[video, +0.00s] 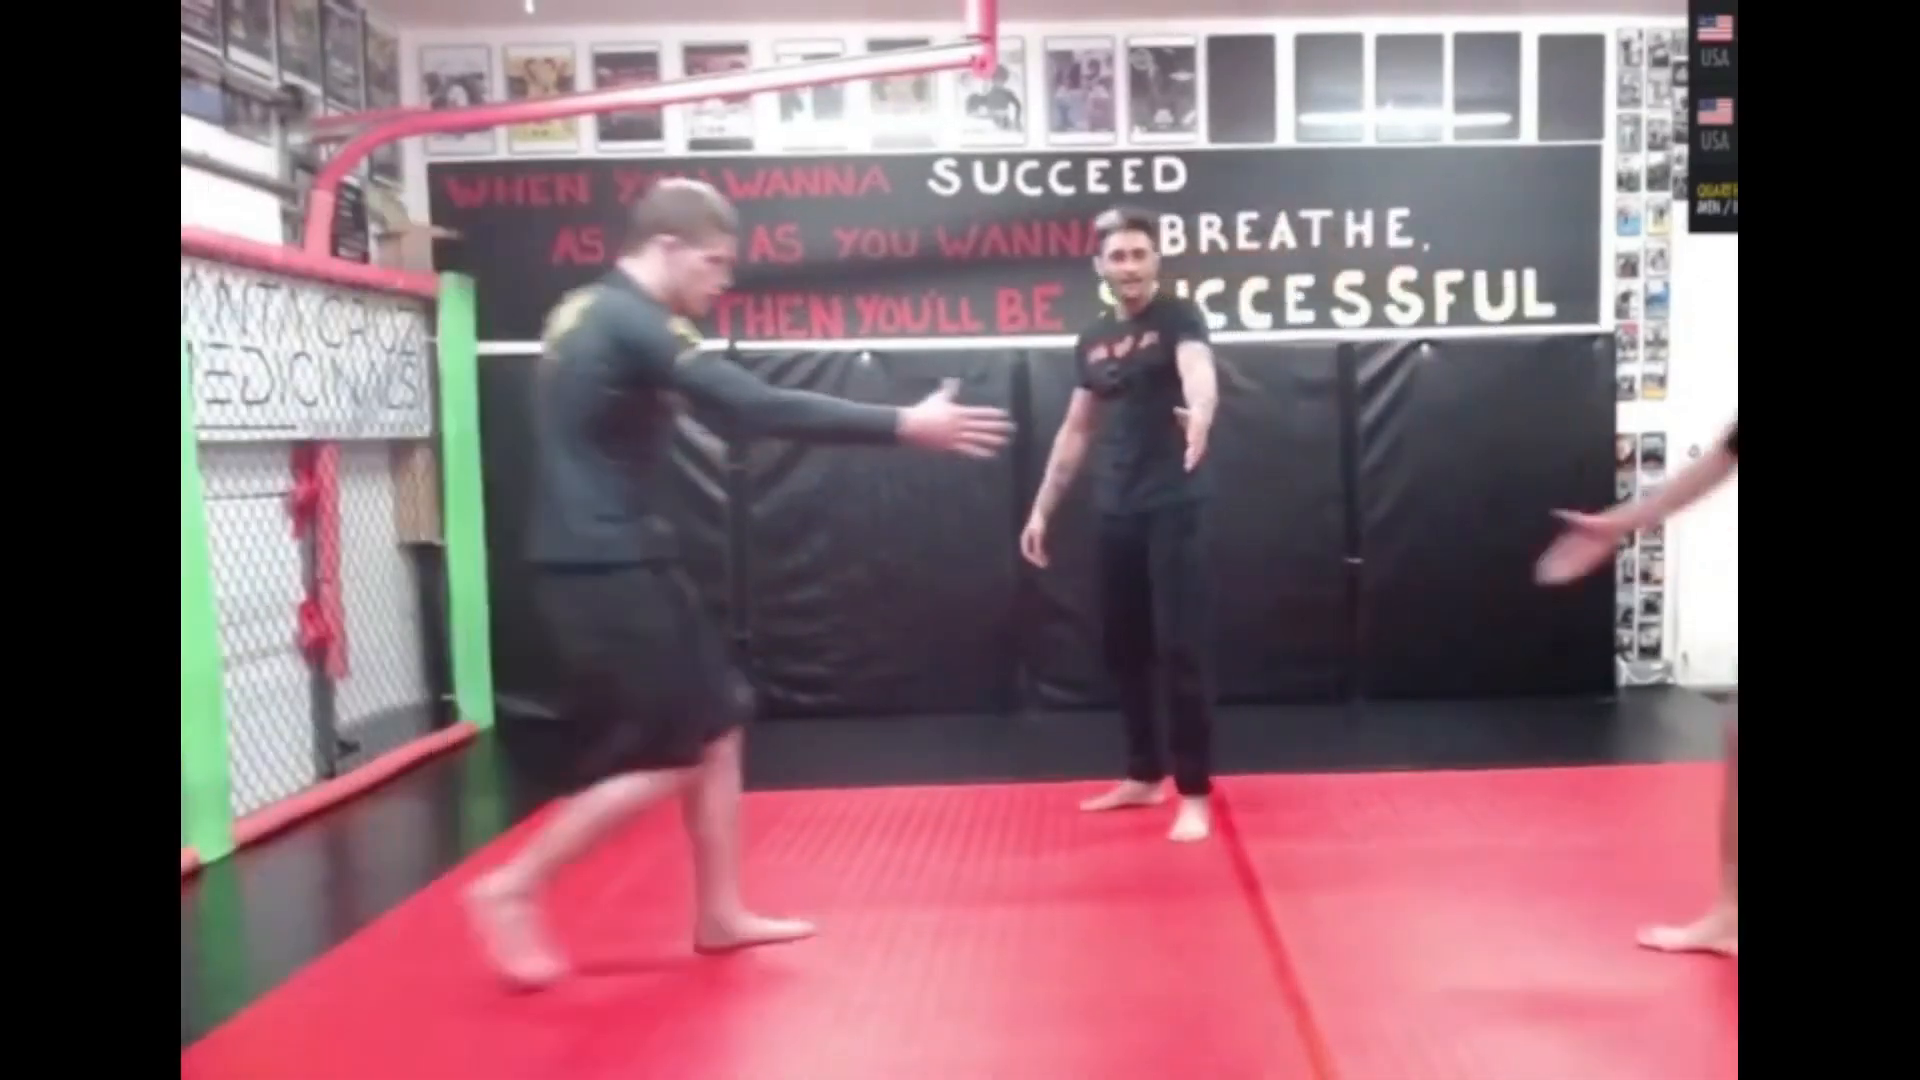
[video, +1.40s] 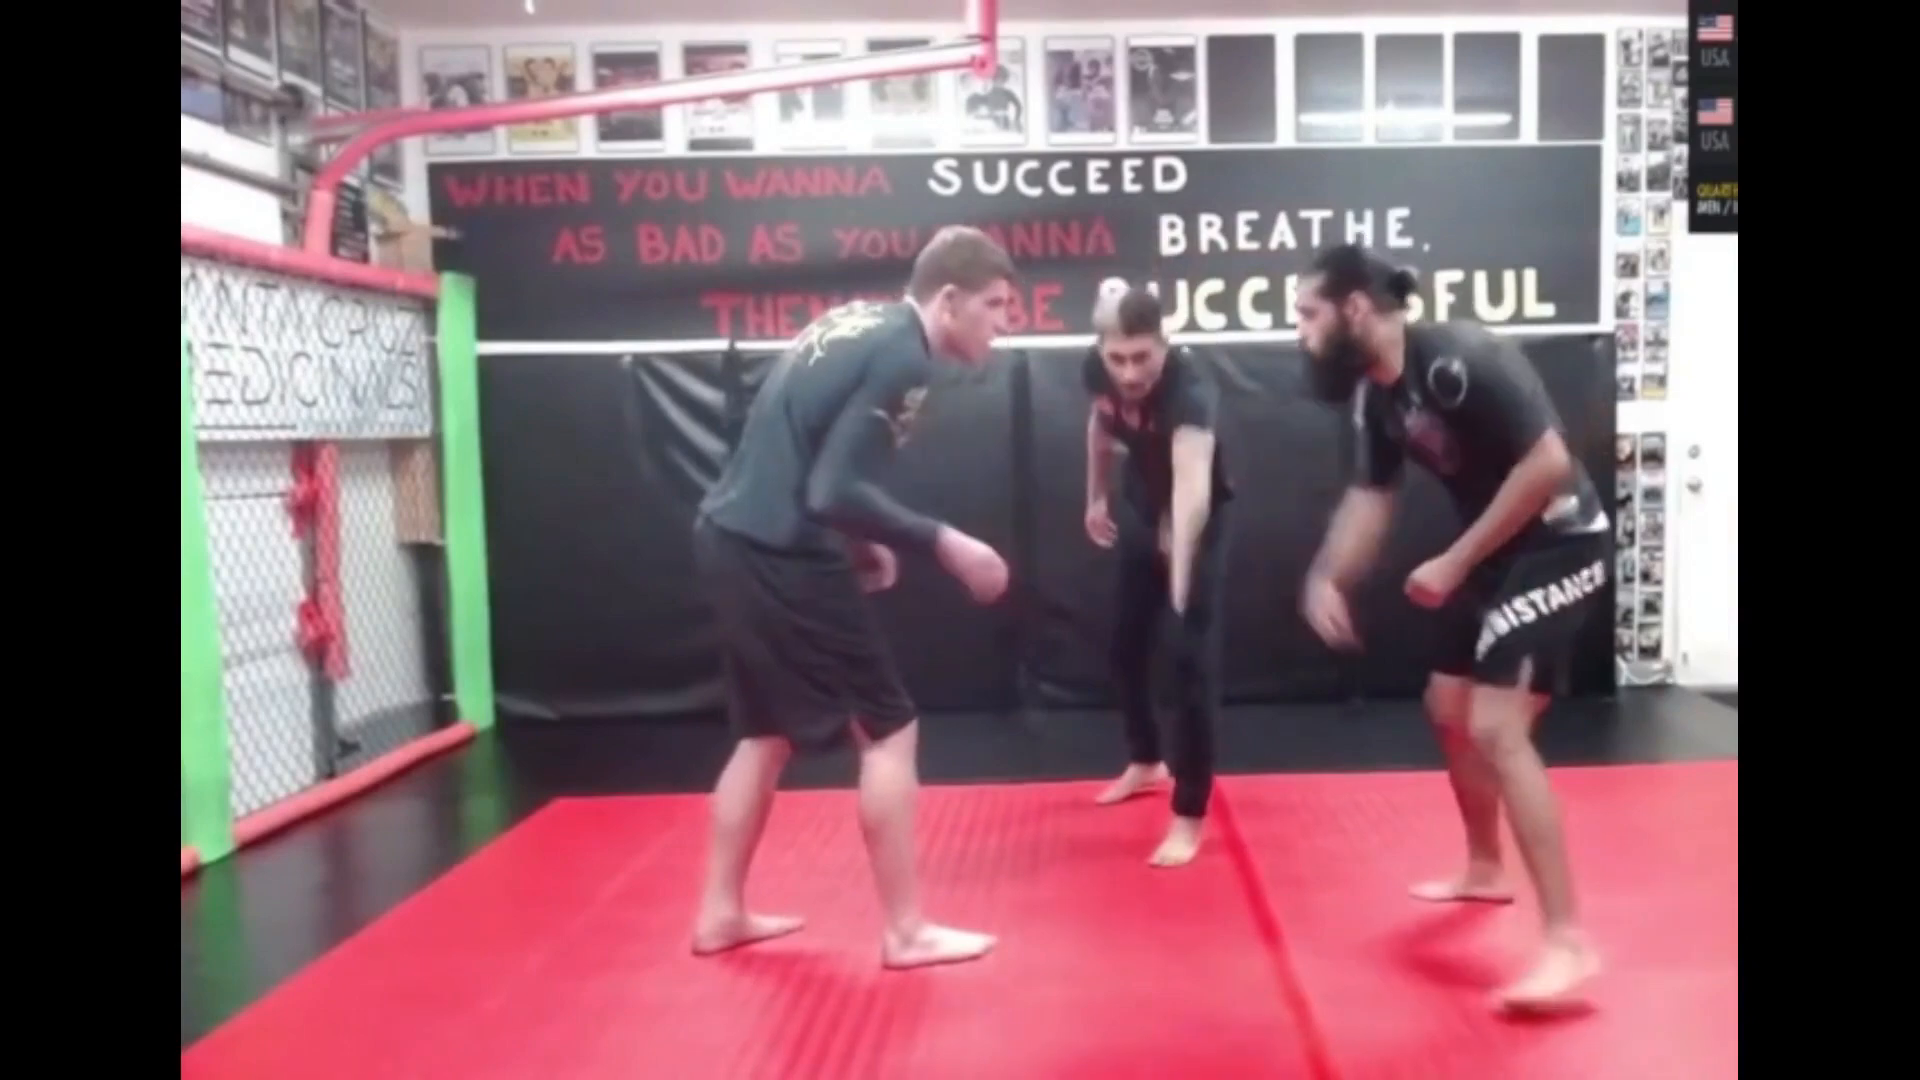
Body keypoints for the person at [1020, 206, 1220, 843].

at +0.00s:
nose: (1129, 266)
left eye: (1139, 254)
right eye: (1117, 256)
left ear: (1157, 259)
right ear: (1101, 265)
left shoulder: (1176, 318)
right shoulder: (1096, 342)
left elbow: (1198, 371)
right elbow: (1076, 431)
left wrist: (1199, 416)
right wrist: (1040, 512)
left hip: (1172, 504)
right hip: (1116, 509)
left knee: (1179, 644)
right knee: (1126, 644)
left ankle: (1194, 792)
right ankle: (1144, 776)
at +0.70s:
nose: (1131, 269)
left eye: (1142, 257)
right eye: (1119, 258)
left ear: (1160, 260)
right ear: (1102, 264)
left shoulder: (1182, 319)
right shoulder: (1097, 340)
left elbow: (1206, 377)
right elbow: (1082, 429)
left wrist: (1177, 381)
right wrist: (1054, 508)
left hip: (1174, 499)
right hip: (1114, 500)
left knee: (1171, 652)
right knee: (1119, 645)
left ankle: (1187, 812)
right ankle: (1143, 775)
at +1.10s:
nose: (1128, 297)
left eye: (1139, 283)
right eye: (1117, 285)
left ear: (1164, 276)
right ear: (1103, 284)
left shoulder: (1195, 329)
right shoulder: (1105, 330)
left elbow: (1212, 394)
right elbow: (1098, 411)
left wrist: (1167, 315)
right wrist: (1074, 482)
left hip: (1195, 505)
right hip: (1136, 503)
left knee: (1187, 658)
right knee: (1128, 641)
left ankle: (1189, 815)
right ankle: (1139, 764)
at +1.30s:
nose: (1131, 364)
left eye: (1143, 350)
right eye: (1118, 351)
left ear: (1165, 336)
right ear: (1102, 341)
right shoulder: (1099, 364)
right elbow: (1102, 415)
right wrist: (1094, 490)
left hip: (1198, 504)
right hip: (1142, 498)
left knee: (1188, 646)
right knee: (1131, 632)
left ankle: (1190, 812)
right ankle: (1143, 760)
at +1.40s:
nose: (1130, 372)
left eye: (1141, 357)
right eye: (1117, 359)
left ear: (1163, 343)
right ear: (1101, 349)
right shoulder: (1099, 370)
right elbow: (1102, 423)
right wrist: (1096, 496)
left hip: (1199, 509)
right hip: (1144, 504)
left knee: (1189, 647)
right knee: (1130, 634)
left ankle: (1190, 813)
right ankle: (1145, 760)